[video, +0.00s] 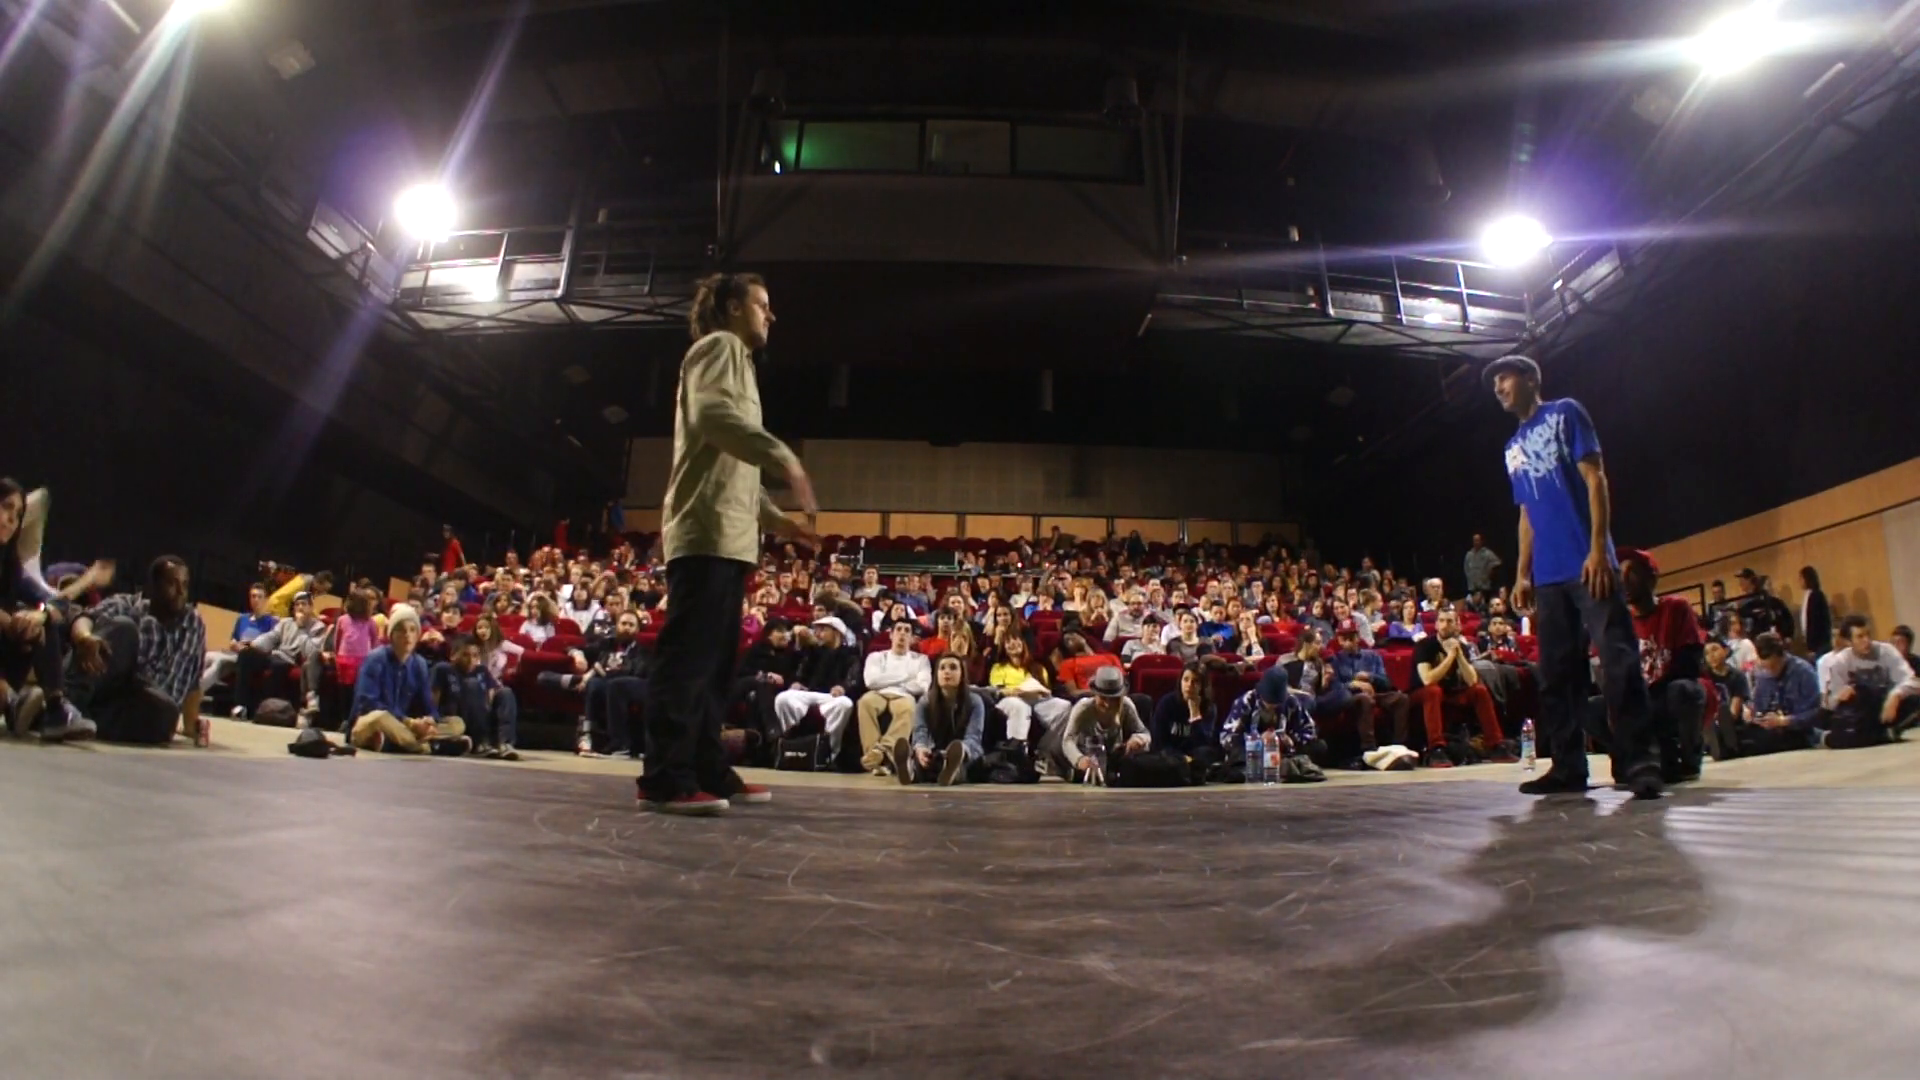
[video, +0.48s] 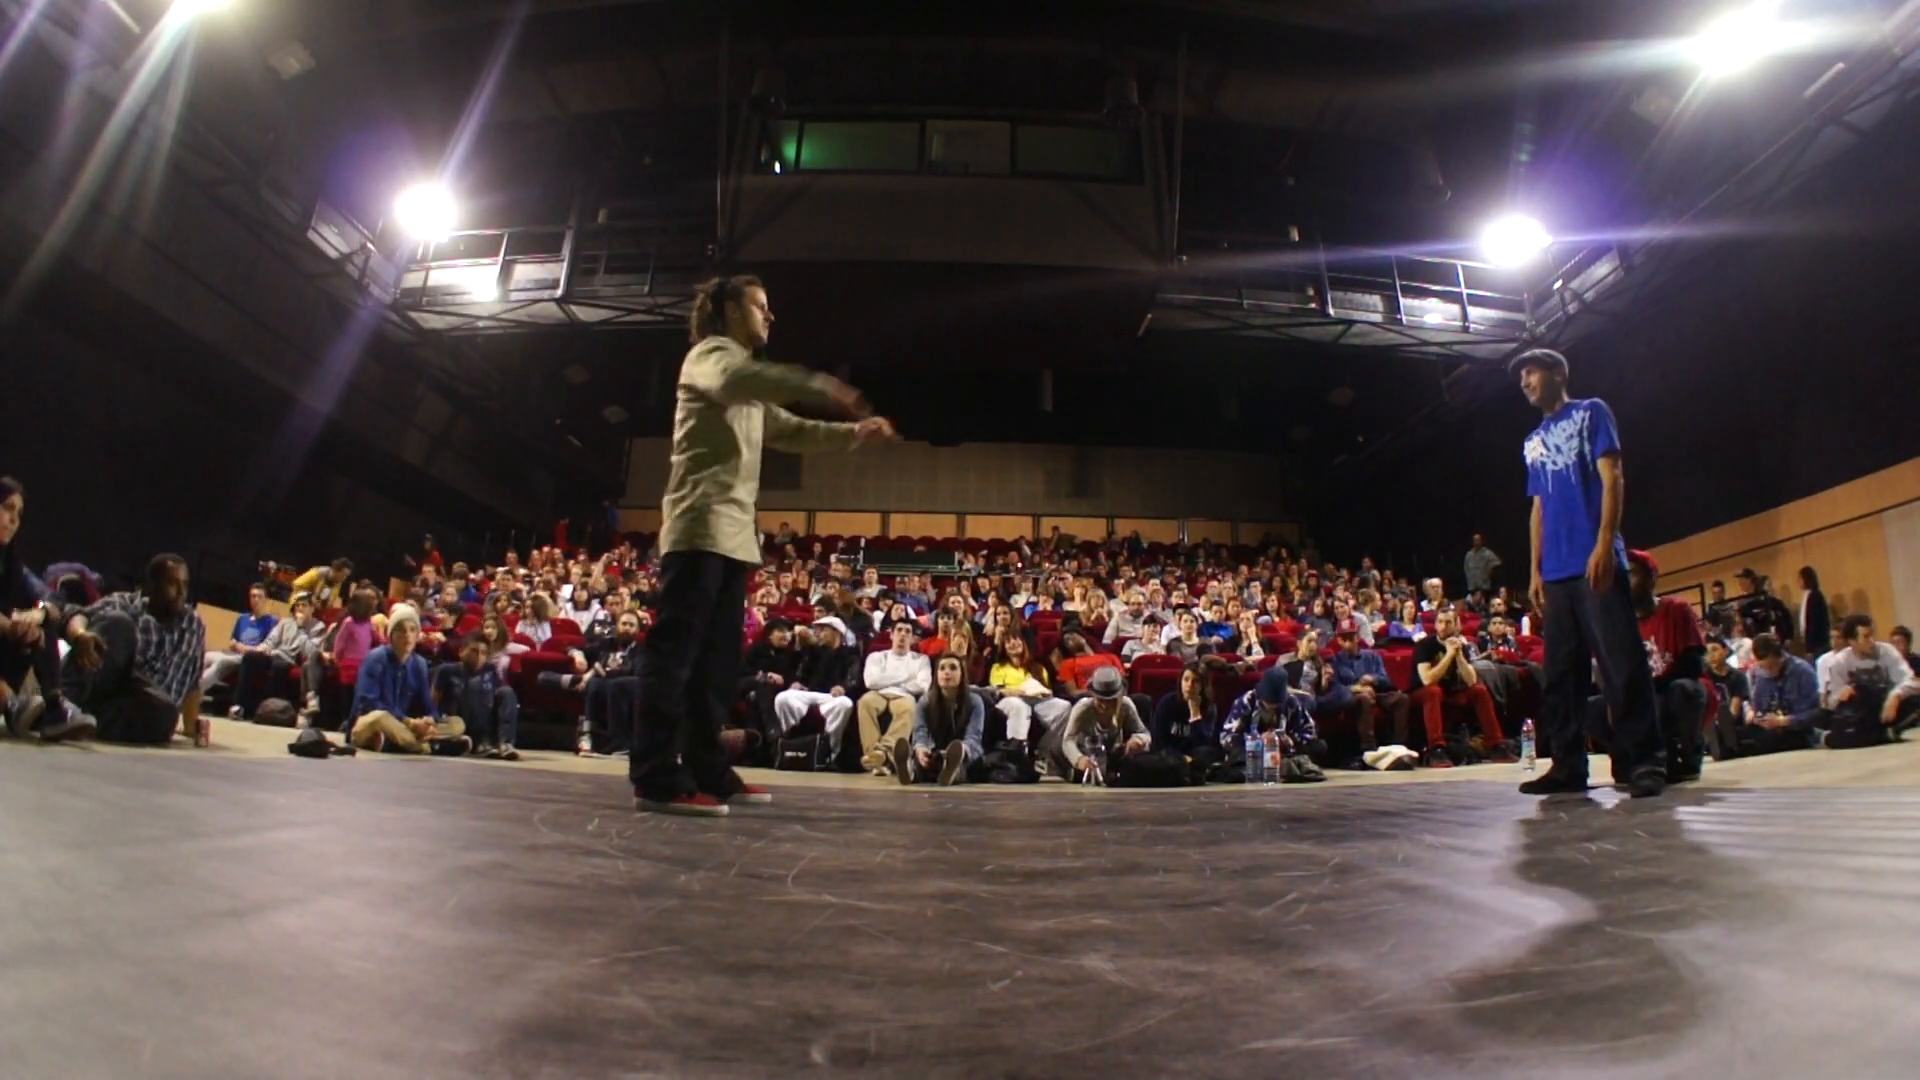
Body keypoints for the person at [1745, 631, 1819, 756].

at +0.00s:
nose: (1769, 671)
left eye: (1772, 666)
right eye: (1765, 667)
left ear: (1781, 657)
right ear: (1760, 661)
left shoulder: (1803, 671)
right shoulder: (1762, 674)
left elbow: (1814, 712)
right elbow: (1758, 705)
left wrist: (1783, 721)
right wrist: (1751, 713)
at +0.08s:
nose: (1769, 670)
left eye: (1773, 665)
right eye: (1765, 666)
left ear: (1781, 657)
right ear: (1761, 661)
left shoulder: (1803, 671)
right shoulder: (1763, 674)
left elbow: (1814, 712)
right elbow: (1758, 706)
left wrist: (1782, 721)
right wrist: (1754, 715)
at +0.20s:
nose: (1769, 670)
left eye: (1772, 665)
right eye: (1765, 666)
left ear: (1780, 657)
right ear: (1760, 661)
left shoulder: (1803, 671)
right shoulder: (1762, 675)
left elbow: (1813, 712)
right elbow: (1758, 707)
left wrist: (1782, 721)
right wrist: (1754, 716)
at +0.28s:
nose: (1767, 670)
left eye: (1771, 665)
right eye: (1763, 666)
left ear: (1780, 657)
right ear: (1758, 661)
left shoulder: (1803, 671)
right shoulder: (1761, 674)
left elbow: (1813, 712)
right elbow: (1758, 705)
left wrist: (1782, 721)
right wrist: (1754, 715)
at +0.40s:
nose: (1768, 671)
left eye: (1771, 666)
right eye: (1763, 667)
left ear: (1780, 657)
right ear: (1758, 662)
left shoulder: (1803, 671)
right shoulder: (1760, 674)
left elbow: (1813, 713)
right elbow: (1757, 705)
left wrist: (1782, 721)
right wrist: (1754, 715)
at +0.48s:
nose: (1767, 671)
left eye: (1770, 666)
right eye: (1763, 667)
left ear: (1779, 657)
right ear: (1758, 663)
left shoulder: (1802, 671)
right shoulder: (1760, 675)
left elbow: (1813, 713)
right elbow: (1757, 705)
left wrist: (1782, 721)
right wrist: (1754, 715)